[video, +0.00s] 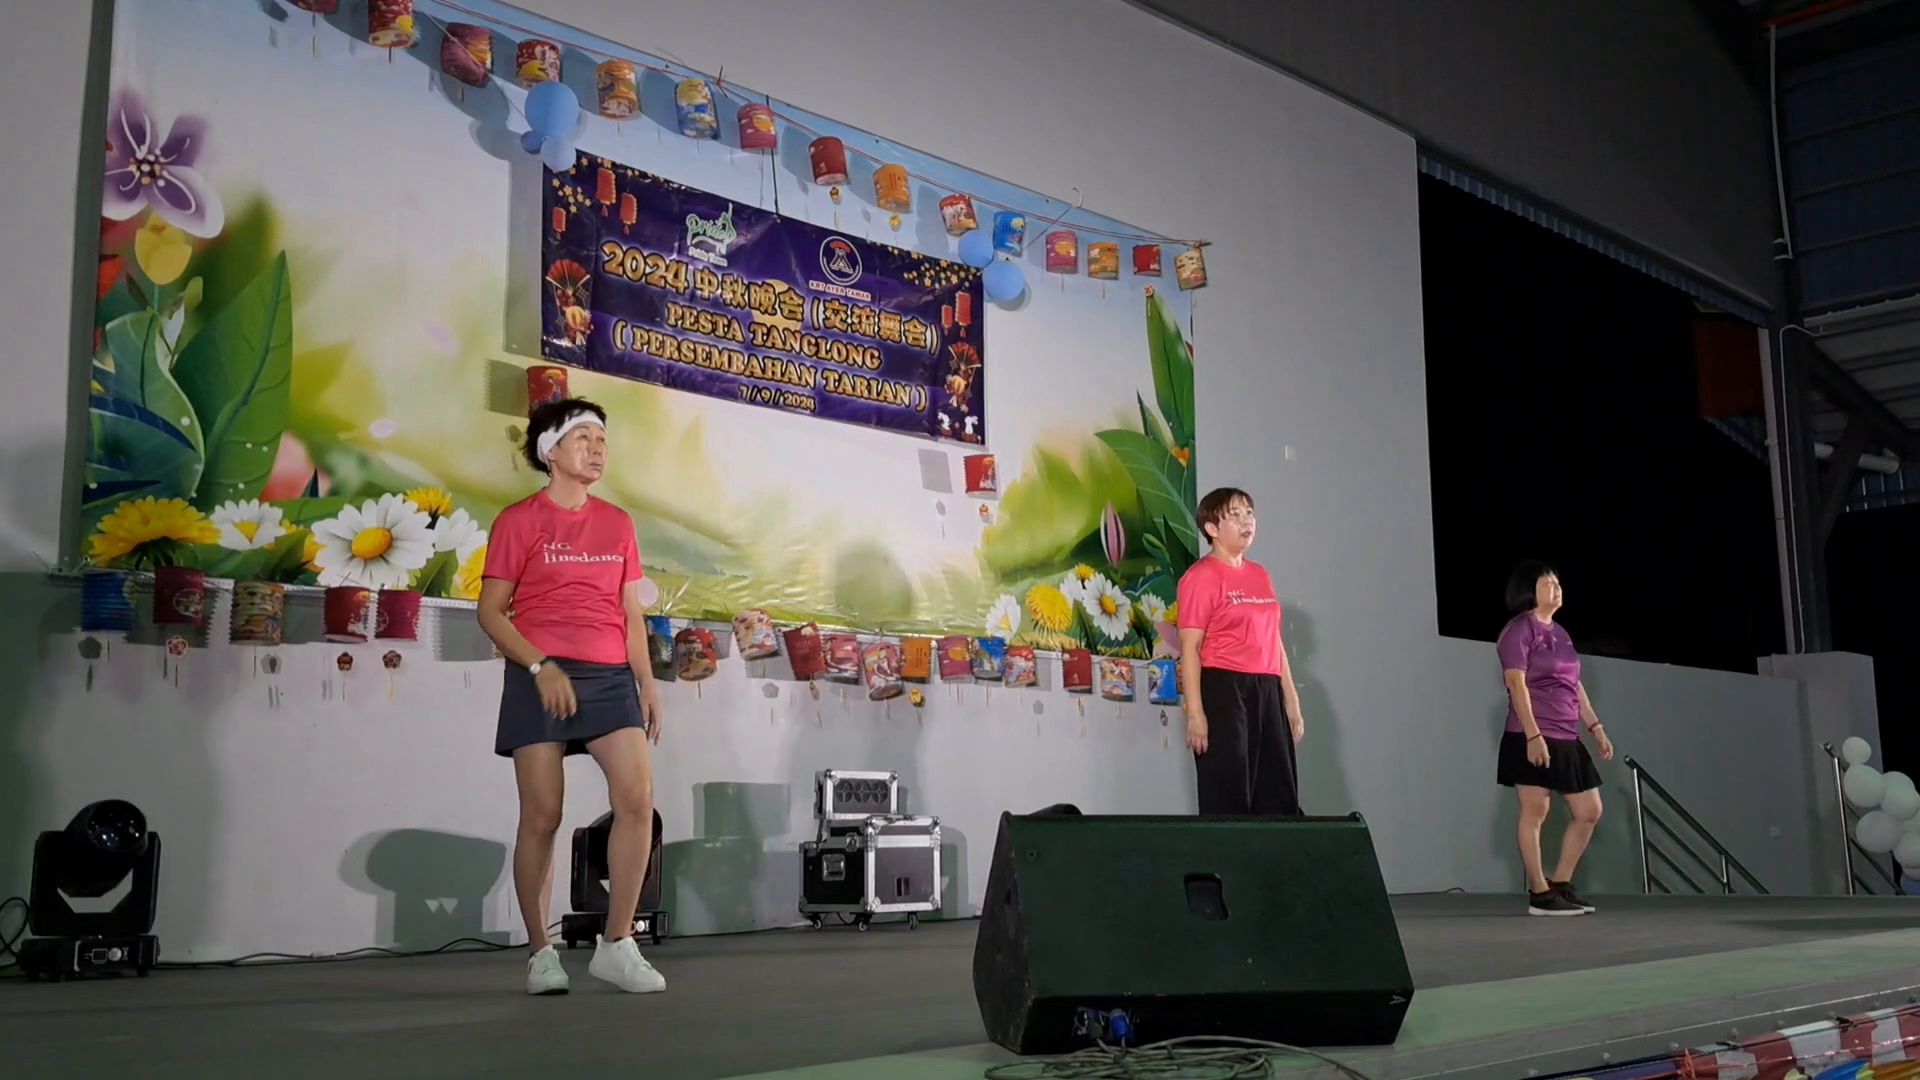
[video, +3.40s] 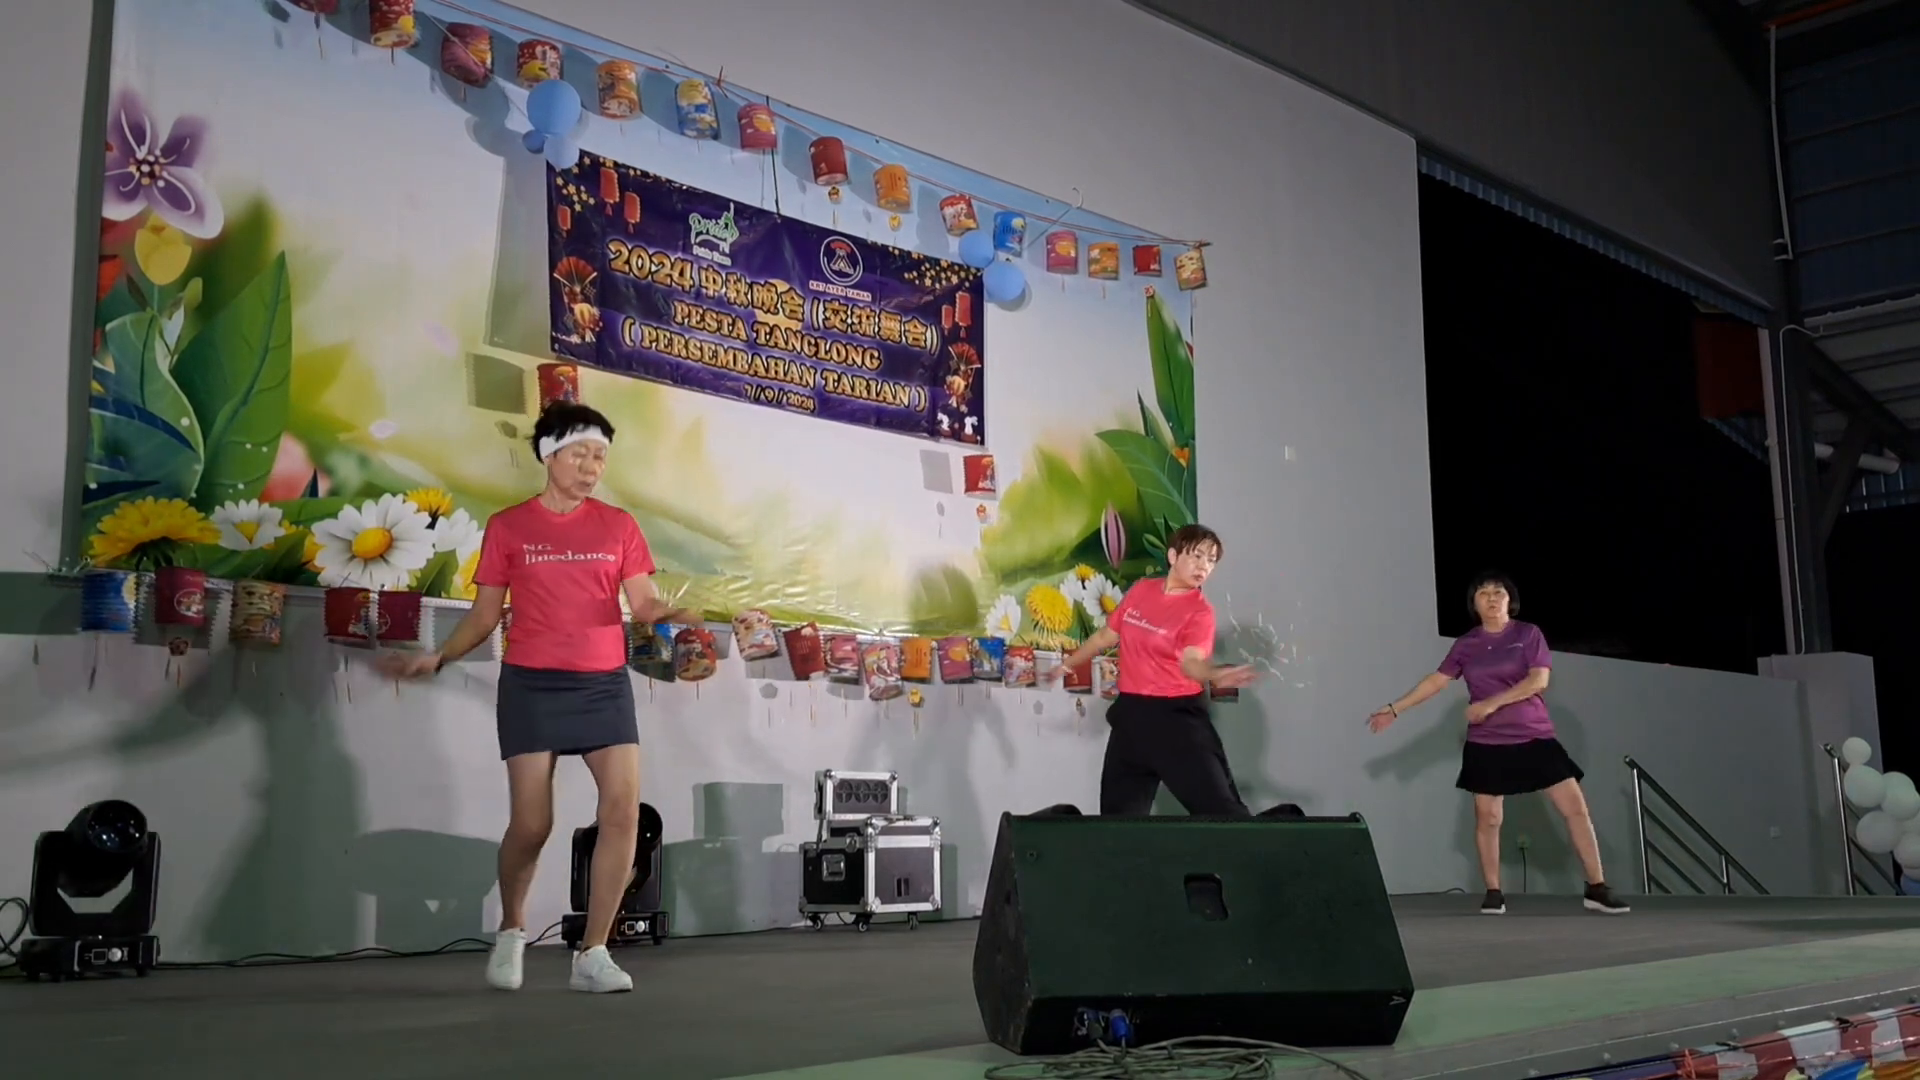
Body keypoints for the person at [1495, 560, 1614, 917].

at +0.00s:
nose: (1556, 589)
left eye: (1557, 583)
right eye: (1548, 583)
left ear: (1558, 592)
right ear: (1530, 591)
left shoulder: (1562, 635)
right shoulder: (1518, 632)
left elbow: (1575, 687)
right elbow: (1516, 687)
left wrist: (1596, 728)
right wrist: (1533, 736)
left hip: (1567, 740)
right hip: (1529, 738)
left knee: (1589, 811)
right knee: (1534, 810)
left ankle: (1560, 886)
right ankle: (1540, 892)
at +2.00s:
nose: (1552, 588)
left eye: (1554, 583)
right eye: (1543, 583)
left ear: (1558, 592)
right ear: (1527, 592)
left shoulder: (1559, 633)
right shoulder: (1521, 628)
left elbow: (1570, 688)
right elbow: (1522, 681)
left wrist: (1586, 733)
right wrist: (1550, 729)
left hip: (1571, 737)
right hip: (1537, 735)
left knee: (1564, 814)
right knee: (1542, 810)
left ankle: (1555, 891)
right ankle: (1536, 892)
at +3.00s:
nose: (1540, 586)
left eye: (1546, 582)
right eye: (1532, 582)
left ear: (1555, 594)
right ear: (1519, 594)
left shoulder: (1570, 636)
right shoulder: (1504, 631)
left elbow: (1592, 679)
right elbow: (1494, 679)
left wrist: (1619, 722)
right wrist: (1510, 724)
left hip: (1559, 738)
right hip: (1518, 735)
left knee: (1564, 812)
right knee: (1528, 810)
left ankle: (1554, 892)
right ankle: (1521, 890)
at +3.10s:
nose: (1527, 588)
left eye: (1533, 583)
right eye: (1519, 584)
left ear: (1544, 593)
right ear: (1508, 595)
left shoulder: (1565, 634)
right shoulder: (1495, 633)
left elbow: (1592, 675)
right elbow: (1474, 677)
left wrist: (1616, 713)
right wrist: (1469, 712)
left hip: (1558, 738)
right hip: (1511, 737)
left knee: (1565, 813)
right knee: (1513, 813)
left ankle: (1553, 892)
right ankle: (1498, 882)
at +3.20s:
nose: (1511, 591)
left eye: (1517, 586)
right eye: (1504, 587)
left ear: (1529, 594)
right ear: (1494, 598)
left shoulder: (1553, 631)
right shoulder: (1482, 637)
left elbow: (1577, 669)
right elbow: (1453, 676)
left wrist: (1582, 701)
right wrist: (1426, 706)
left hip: (1552, 737)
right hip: (1503, 739)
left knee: (1571, 811)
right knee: (1498, 815)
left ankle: (1555, 890)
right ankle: (1494, 889)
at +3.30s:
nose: (1499, 597)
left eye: (1505, 591)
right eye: (1492, 592)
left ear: (1517, 597)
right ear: (1482, 601)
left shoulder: (1540, 633)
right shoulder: (1471, 642)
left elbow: (1558, 675)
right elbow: (1438, 679)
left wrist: (1535, 696)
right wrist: (1397, 707)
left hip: (1543, 740)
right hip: (1492, 743)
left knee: (1584, 803)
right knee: (1492, 817)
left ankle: (1569, 882)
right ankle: (1493, 892)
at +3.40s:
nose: (1492, 599)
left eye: (1498, 593)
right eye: (1484, 594)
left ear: (1509, 599)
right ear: (1475, 603)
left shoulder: (1528, 634)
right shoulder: (1466, 645)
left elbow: (1539, 681)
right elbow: (1436, 681)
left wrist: (1491, 703)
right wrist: (1394, 708)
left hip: (1536, 741)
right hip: (1486, 744)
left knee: (1576, 807)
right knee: (1488, 816)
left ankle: (1597, 887)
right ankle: (1493, 892)